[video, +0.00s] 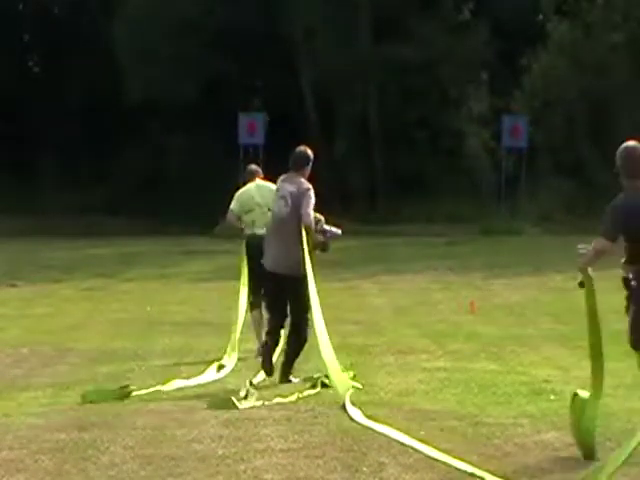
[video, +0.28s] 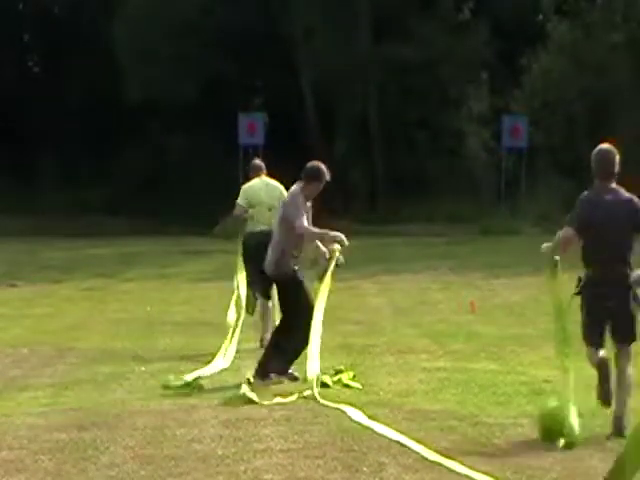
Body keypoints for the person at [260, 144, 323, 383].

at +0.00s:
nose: (311, 169)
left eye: (308, 165)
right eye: (311, 165)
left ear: (291, 163)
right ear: (308, 165)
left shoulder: (280, 183)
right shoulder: (306, 189)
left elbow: (286, 216)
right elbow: (307, 221)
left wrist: (315, 220)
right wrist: (325, 233)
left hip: (271, 264)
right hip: (295, 267)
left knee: (276, 316)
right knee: (299, 324)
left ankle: (267, 352)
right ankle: (285, 372)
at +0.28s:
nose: (320, 190)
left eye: (321, 185)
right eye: (320, 185)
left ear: (307, 180)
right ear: (312, 183)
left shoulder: (304, 199)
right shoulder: (294, 199)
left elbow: (306, 231)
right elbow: (300, 228)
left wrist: (324, 249)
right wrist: (330, 234)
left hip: (287, 266)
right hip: (280, 267)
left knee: (297, 316)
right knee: (301, 315)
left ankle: (275, 365)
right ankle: (274, 366)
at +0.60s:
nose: (321, 224)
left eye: (324, 221)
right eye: (317, 221)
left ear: (328, 216)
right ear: (310, 216)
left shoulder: (329, 225)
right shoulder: (299, 221)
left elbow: (340, 259)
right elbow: (281, 259)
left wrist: (348, 300)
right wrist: (293, 293)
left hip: (317, 267)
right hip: (296, 265)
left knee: (327, 314)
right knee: (299, 310)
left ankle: (318, 363)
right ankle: (294, 365)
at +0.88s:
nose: (339, 275)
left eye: (342, 271)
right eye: (336, 272)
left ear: (344, 268)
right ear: (328, 269)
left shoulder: (346, 272)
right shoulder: (315, 274)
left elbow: (353, 310)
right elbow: (312, 322)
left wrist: (364, 345)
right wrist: (321, 356)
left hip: (332, 299)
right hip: (311, 297)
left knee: (345, 348)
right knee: (299, 337)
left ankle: (335, 374)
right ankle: (291, 370)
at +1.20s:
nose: (342, 302)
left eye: (344, 298)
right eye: (339, 299)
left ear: (349, 293)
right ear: (333, 295)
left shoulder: (353, 293)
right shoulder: (323, 299)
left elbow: (368, 324)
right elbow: (318, 338)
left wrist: (369, 348)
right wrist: (335, 365)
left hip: (342, 326)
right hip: (320, 325)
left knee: (355, 360)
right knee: (306, 366)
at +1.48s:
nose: (357, 288)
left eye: (360, 284)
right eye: (354, 285)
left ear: (362, 282)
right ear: (346, 283)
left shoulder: (366, 287)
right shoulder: (336, 293)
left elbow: (376, 318)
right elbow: (321, 330)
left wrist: (370, 346)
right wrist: (331, 357)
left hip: (351, 329)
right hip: (331, 328)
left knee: (357, 361)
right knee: (310, 368)